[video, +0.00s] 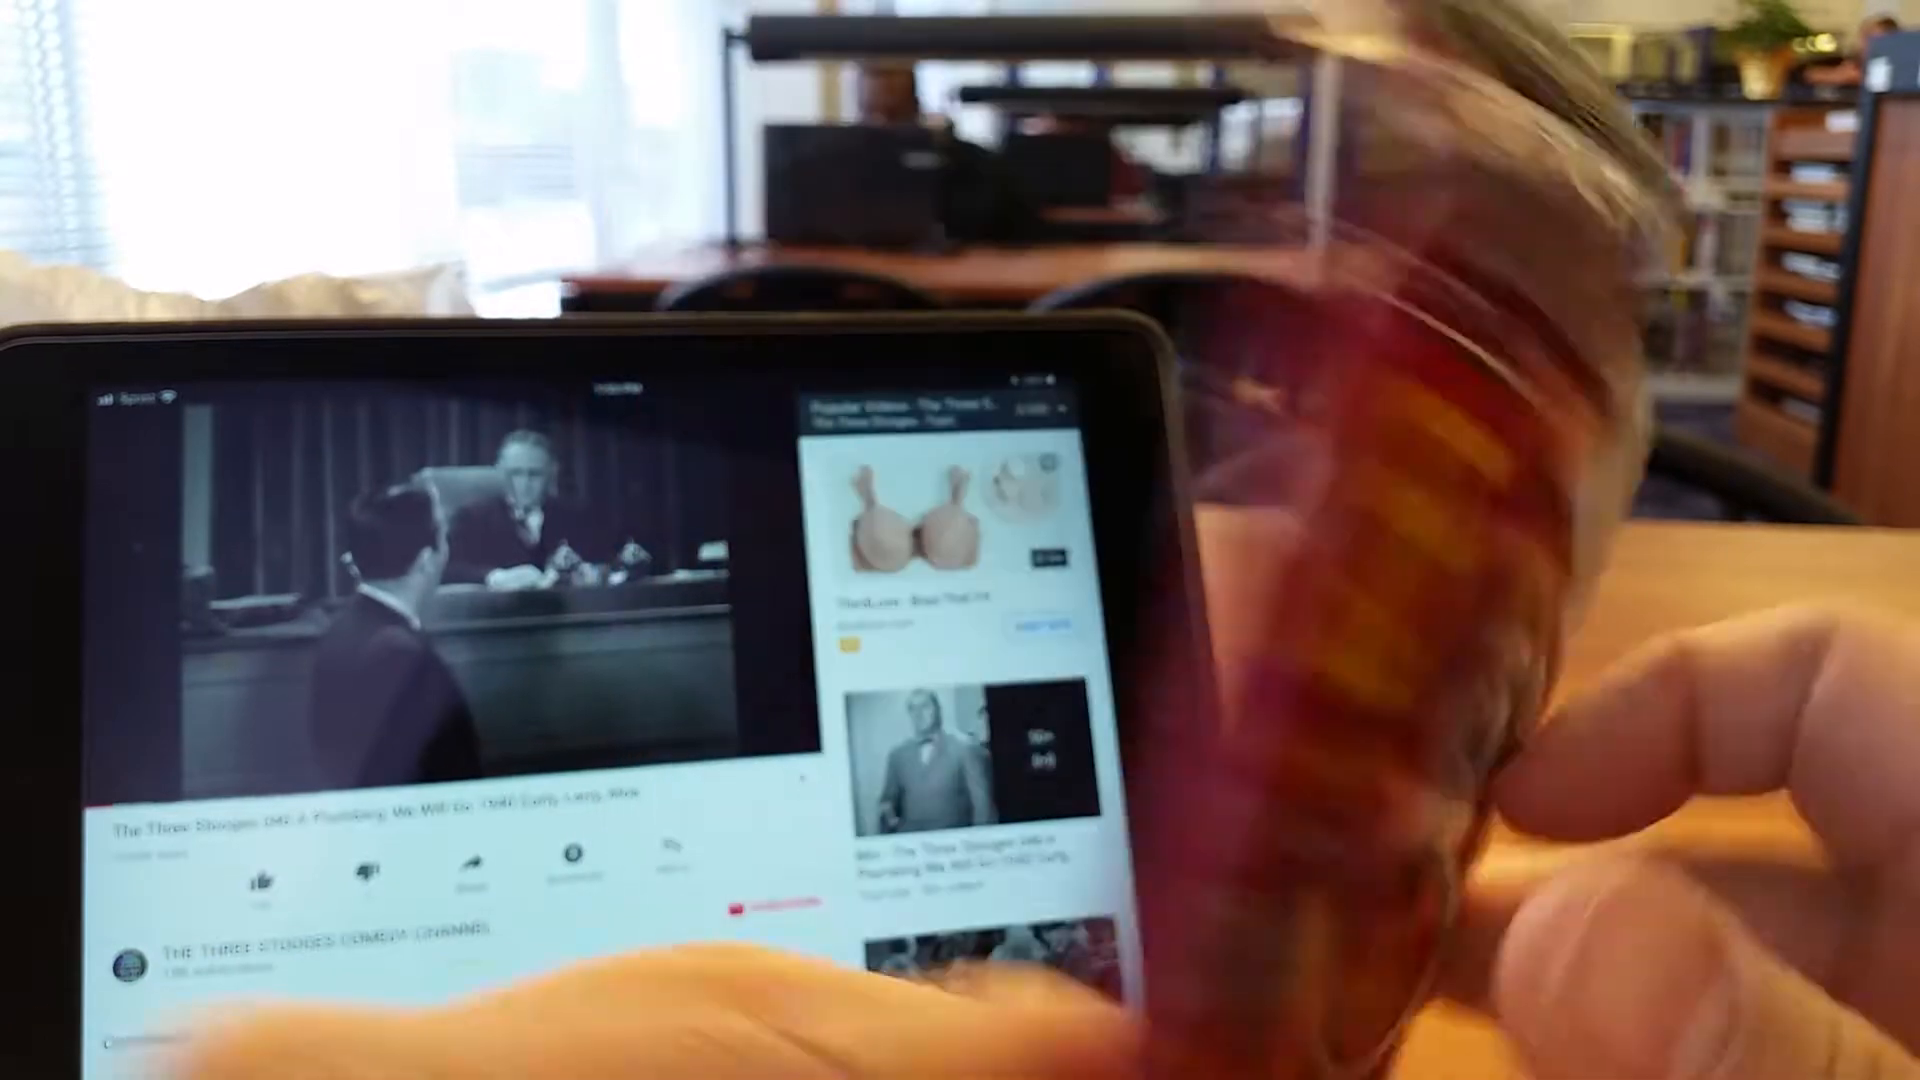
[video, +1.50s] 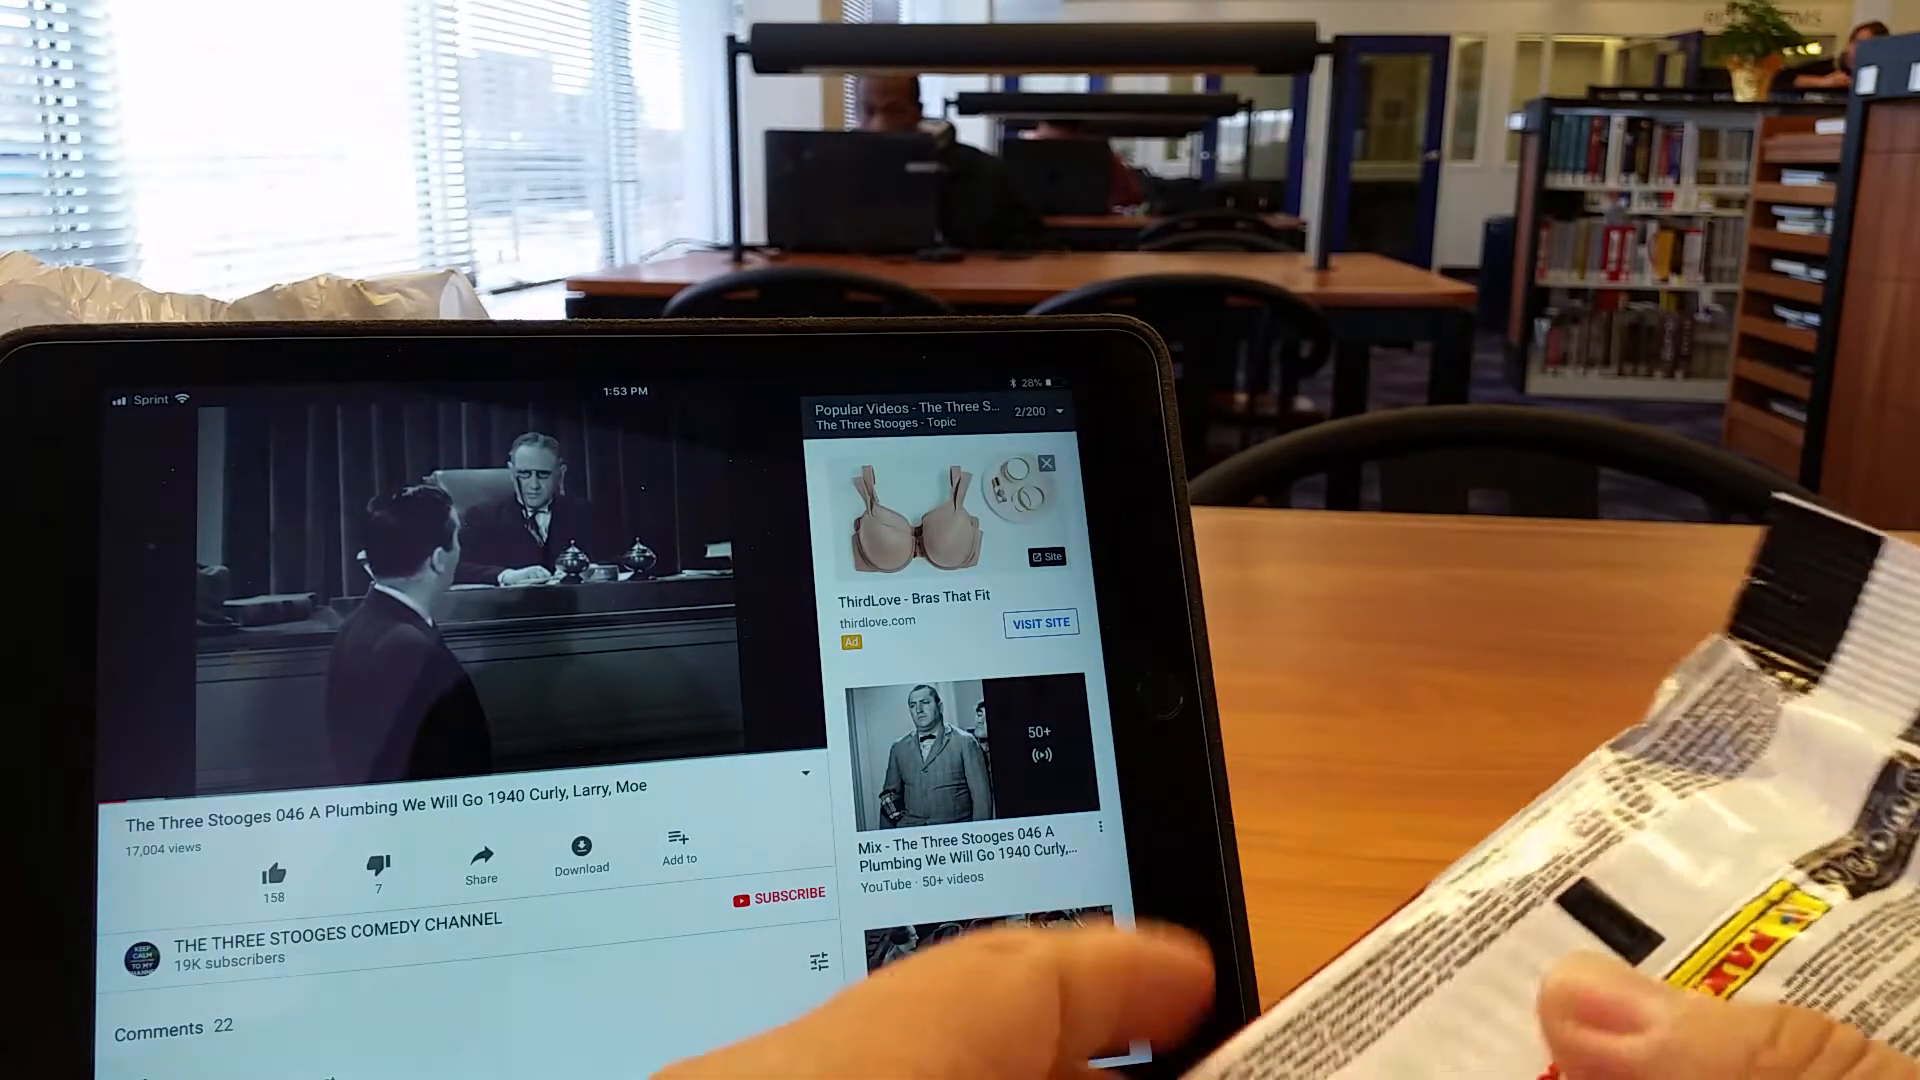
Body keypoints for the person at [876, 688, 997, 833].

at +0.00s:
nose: (920, 714)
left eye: (925, 707)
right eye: (914, 709)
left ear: (937, 710)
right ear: (909, 714)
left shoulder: (962, 750)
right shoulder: (899, 755)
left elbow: (980, 799)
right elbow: (888, 797)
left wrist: (981, 837)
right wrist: (890, 816)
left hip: (954, 837)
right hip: (910, 840)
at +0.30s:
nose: (919, 714)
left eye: (925, 706)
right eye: (913, 708)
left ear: (937, 709)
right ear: (909, 714)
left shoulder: (963, 747)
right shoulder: (899, 754)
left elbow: (981, 801)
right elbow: (888, 796)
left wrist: (979, 840)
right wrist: (889, 814)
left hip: (954, 838)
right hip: (910, 841)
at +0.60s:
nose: (919, 709)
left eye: (925, 703)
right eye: (913, 705)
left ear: (939, 707)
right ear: (909, 711)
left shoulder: (964, 742)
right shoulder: (899, 749)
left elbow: (981, 796)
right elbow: (890, 794)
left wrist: (977, 835)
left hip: (955, 830)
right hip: (910, 834)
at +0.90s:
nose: (918, 709)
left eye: (925, 703)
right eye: (913, 705)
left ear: (939, 706)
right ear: (909, 711)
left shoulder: (964, 742)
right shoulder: (899, 749)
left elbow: (981, 795)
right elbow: (891, 793)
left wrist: (978, 834)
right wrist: (889, 801)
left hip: (956, 832)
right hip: (910, 835)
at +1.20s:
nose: (919, 709)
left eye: (925, 703)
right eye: (913, 705)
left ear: (939, 706)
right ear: (909, 711)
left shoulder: (964, 742)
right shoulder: (899, 749)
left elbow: (981, 795)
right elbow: (891, 793)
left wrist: (979, 835)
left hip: (956, 831)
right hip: (910, 836)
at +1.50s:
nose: (919, 709)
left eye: (925, 703)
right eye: (913, 705)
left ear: (939, 706)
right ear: (909, 711)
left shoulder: (964, 742)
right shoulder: (899, 748)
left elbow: (981, 795)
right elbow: (891, 794)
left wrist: (979, 835)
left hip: (956, 831)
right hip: (910, 835)